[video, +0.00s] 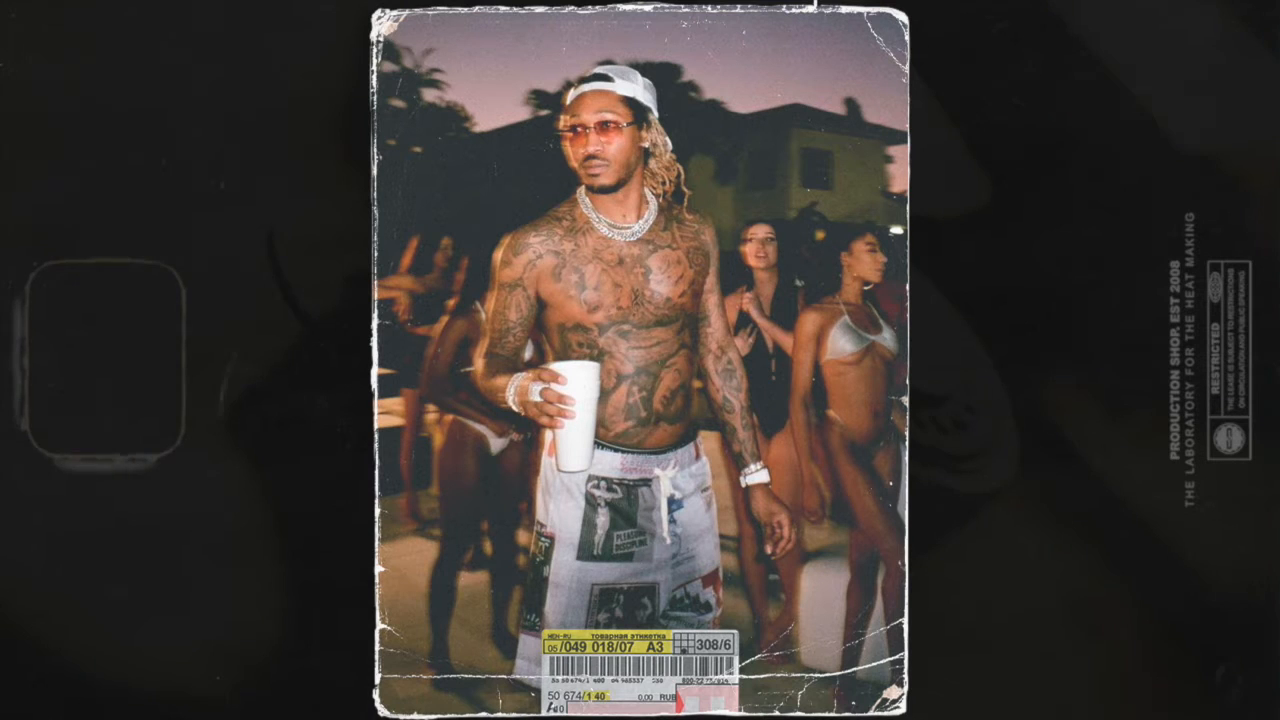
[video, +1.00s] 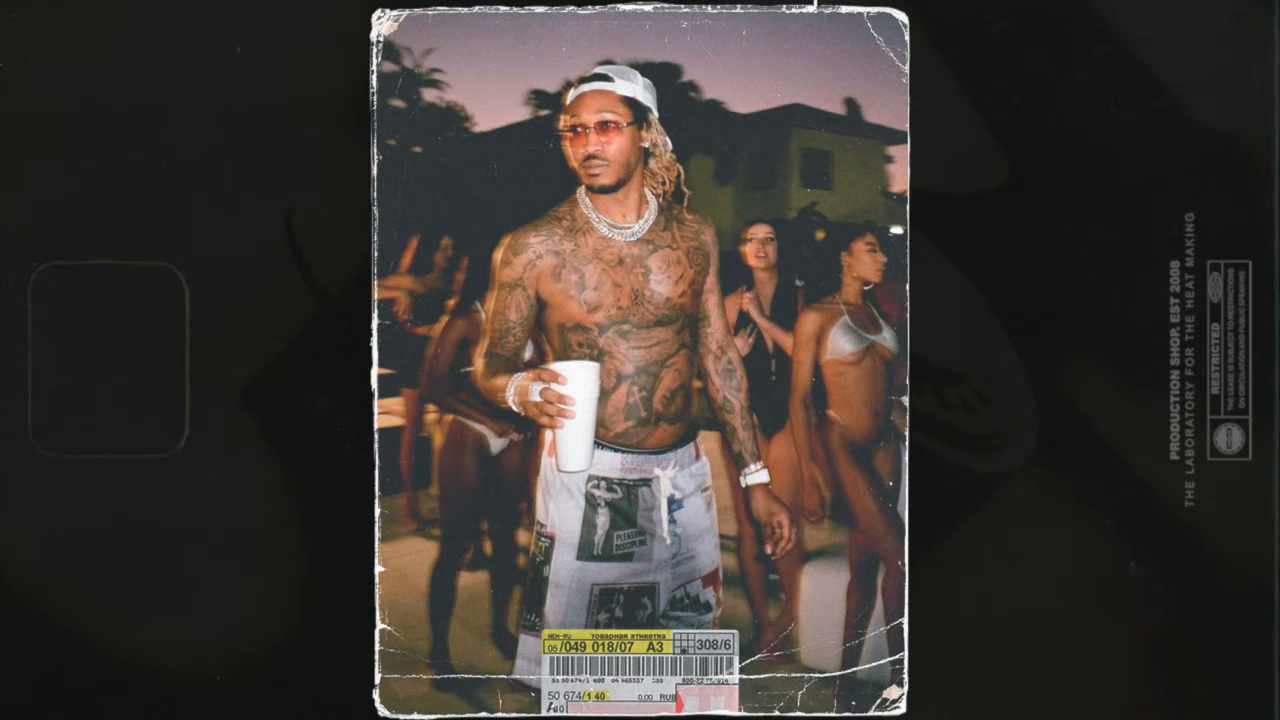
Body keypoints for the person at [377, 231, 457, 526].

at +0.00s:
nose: (446, 255)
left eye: (451, 250)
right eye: (442, 248)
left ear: (455, 255)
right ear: (430, 251)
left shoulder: (455, 280)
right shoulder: (414, 282)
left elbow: (462, 303)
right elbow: (396, 284)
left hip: (445, 349)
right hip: (417, 347)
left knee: (450, 425)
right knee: (413, 427)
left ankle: (452, 498)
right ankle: (410, 501)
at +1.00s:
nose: (445, 255)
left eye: (450, 250)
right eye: (441, 248)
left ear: (455, 255)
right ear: (430, 252)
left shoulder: (455, 282)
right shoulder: (414, 283)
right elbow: (401, 320)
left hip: (446, 352)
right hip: (417, 349)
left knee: (450, 426)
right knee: (413, 427)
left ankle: (452, 496)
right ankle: (410, 500)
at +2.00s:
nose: (446, 254)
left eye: (451, 250)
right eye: (442, 248)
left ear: (455, 255)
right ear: (430, 252)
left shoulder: (454, 282)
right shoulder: (414, 282)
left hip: (445, 352)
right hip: (416, 350)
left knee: (449, 426)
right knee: (413, 428)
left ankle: (451, 499)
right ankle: (410, 500)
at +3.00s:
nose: (446, 255)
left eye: (450, 250)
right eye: (442, 249)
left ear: (454, 255)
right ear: (430, 252)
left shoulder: (454, 282)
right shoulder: (415, 282)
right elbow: (379, 287)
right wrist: (403, 293)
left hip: (445, 353)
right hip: (416, 350)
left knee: (450, 427)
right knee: (413, 428)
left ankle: (451, 499)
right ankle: (410, 503)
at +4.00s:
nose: (446, 254)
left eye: (450, 249)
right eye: (442, 248)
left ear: (454, 254)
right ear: (431, 250)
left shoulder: (454, 279)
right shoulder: (414, 282)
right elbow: (393, 285)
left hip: (445, 349)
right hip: (416, 346)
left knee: (449, 426)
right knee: (413, 428)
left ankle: (451, 498)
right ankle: (410, 502)